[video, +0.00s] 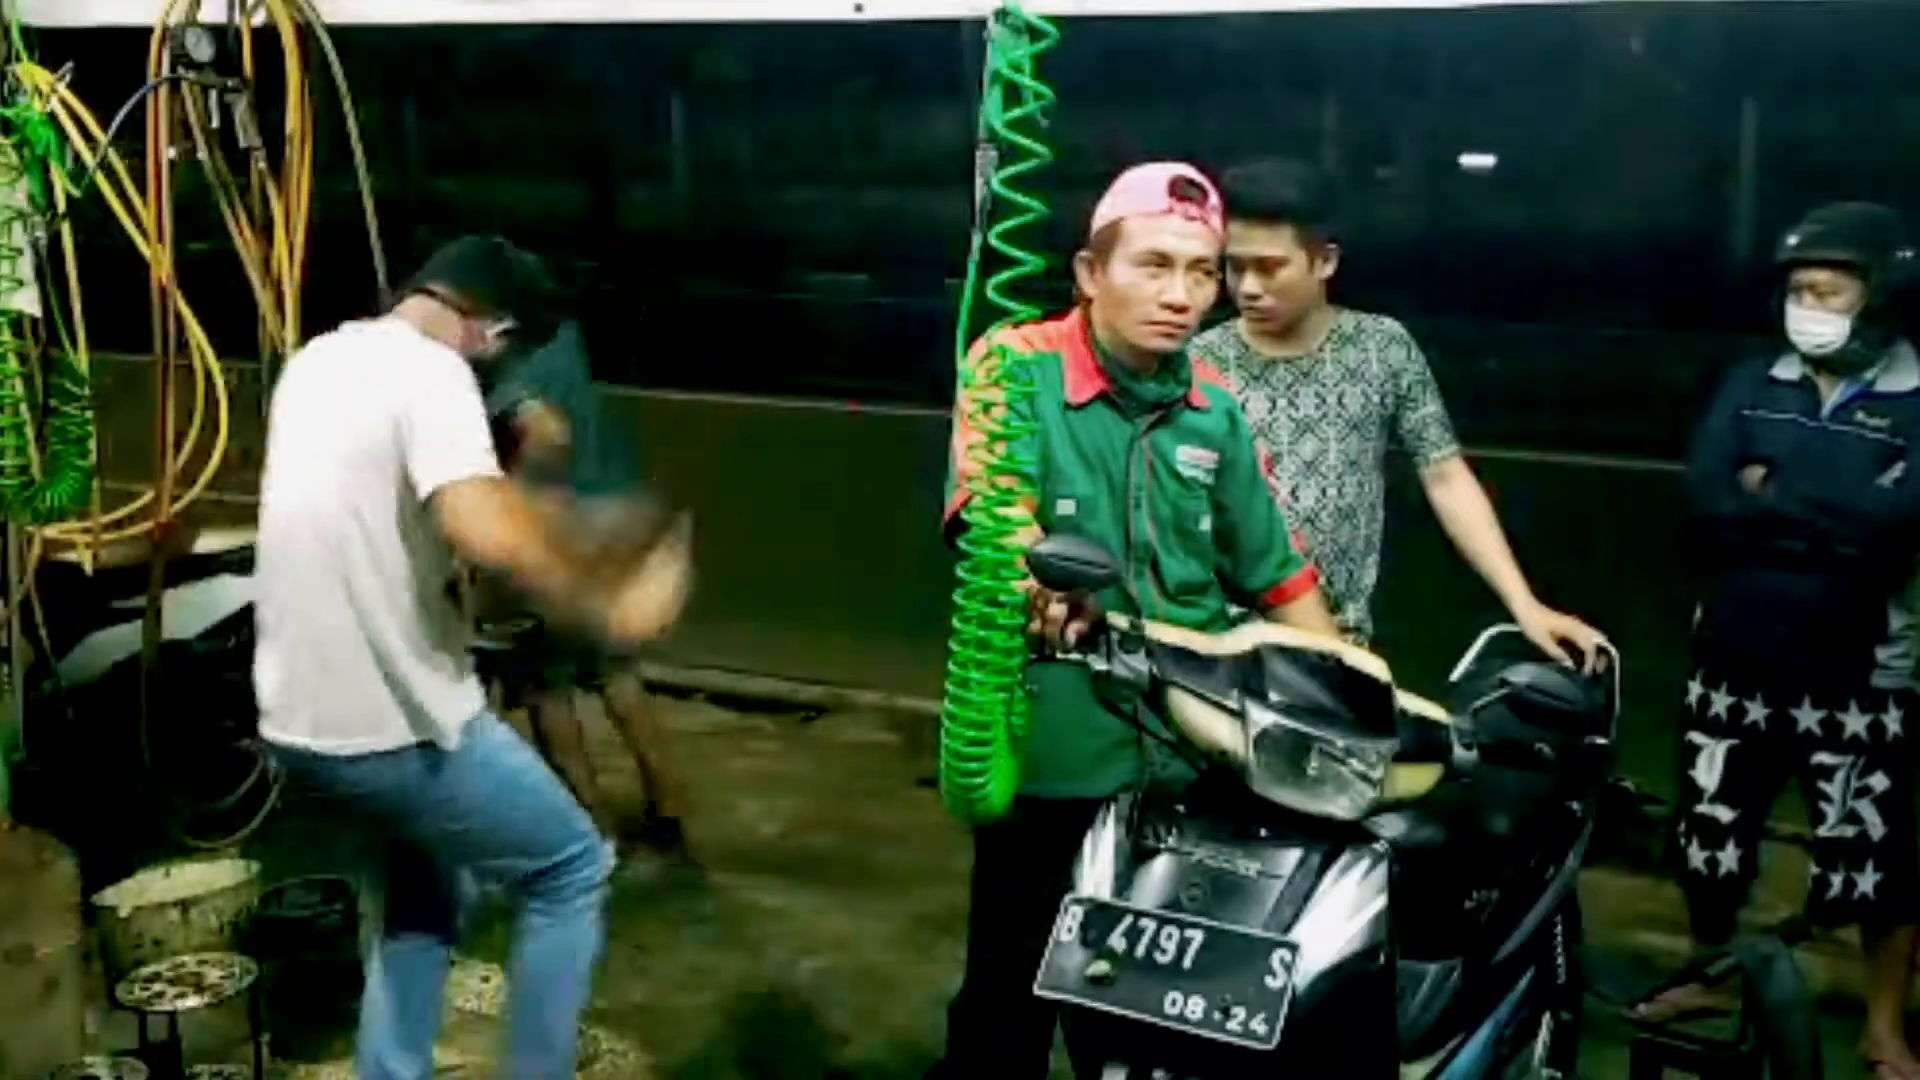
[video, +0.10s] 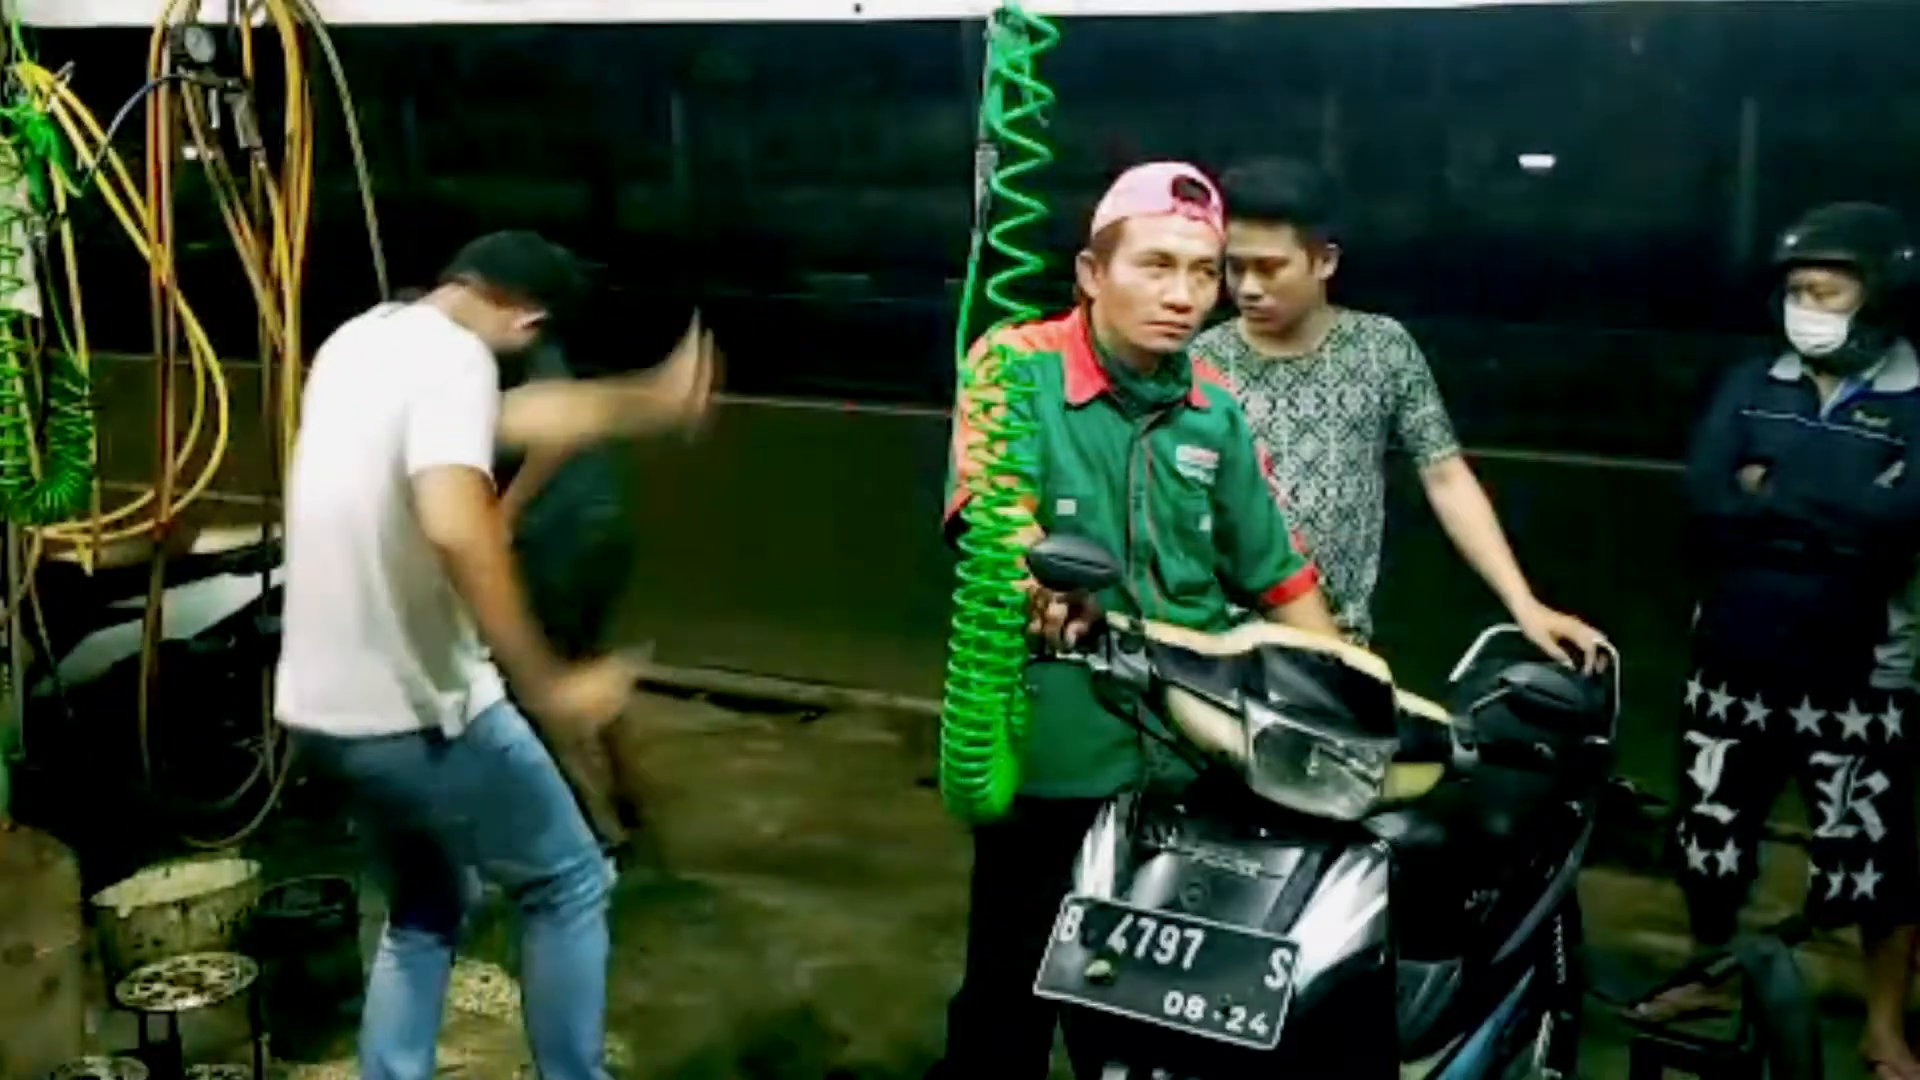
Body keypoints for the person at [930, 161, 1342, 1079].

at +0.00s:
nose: (1181, 295)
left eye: (1201, 274)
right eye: (1155, 267)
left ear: (1217, 288)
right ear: (1091, 274)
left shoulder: (1212, 411)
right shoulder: (1015, 367)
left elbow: (1285, 583)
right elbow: (987, 509)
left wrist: (1354, 698)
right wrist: (1041, 594)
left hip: (1187, 756)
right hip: (1050, 755)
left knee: (1157, 1012)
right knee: (1006, 1013)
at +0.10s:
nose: (1183, 295)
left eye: (1203, 274)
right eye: (1158, 267)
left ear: (1218, 288)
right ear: (1092, 273)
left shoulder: (1213, 411)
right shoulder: (1015, 366)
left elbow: (1285, 584)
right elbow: (988, 511)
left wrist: (1354, 700)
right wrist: (1041, 597)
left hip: (1188, 757)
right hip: (1050, 756)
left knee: (1156, 1012)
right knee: (1006, 1013)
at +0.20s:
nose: (1186, 295)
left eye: (1205, 273)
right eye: (1160, 266)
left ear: (1221, 288)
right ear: (1093, 273)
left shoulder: (1213, 413)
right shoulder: (1016, 367)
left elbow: (1286, 584)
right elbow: (988, 508)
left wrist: (1353, 700)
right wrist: (1042, 593)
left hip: (1187, 757)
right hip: (1050, 755)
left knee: (1157, 1010)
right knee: (1007, 1012)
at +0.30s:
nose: (1188, 294)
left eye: (1206, 273)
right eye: (1162, 266)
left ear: (1221, 288)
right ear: (1094, 273)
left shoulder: (1213, 411)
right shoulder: (1015, 366)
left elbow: (1286, 584)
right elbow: (989, 509)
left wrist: (1354, 700)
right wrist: (1041, 595)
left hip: (1187, 756)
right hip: (1050, 754)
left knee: (1157, 1009)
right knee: (1007, 1011)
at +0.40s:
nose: (1189, 294)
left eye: (1207, 273)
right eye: (1163, 266)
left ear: (1222, 288)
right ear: (1094, 274)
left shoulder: (1212, 411)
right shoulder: (1016, 367)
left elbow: (1285, 583)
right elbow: (990, 510)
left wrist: (1352, 699)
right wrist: (1043, 595)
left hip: (1186, 758)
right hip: (1049, 756)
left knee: (1155, 1011)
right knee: (1007, 1012)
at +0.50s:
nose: (1193, 294)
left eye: (1210, 272)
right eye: (1167, 266)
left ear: (1222, 287)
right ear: (1096, 273)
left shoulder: (1212, 410)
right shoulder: (1016, 367)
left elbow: (1286, 584)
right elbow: (990, 511)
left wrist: (1351, 700)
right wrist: (1043, 595)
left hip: (1185, 758)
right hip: (1049, 756)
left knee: (1155, 1010)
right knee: (1007, 1011)